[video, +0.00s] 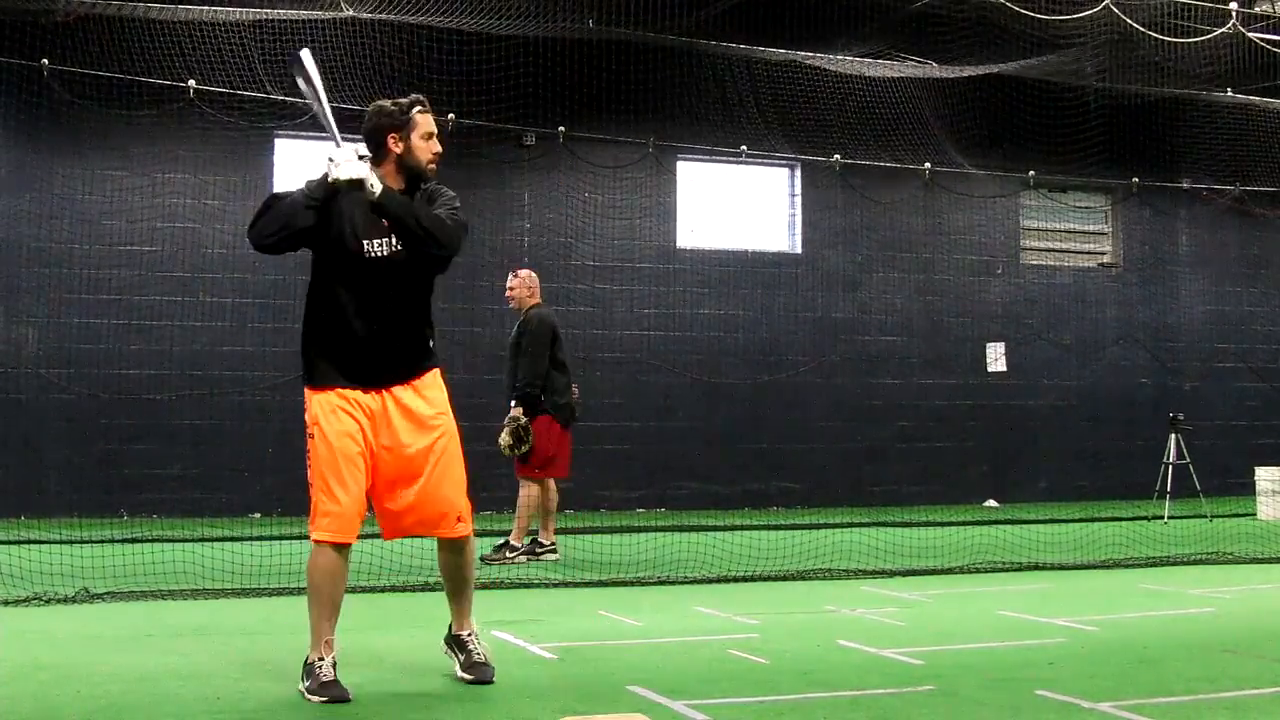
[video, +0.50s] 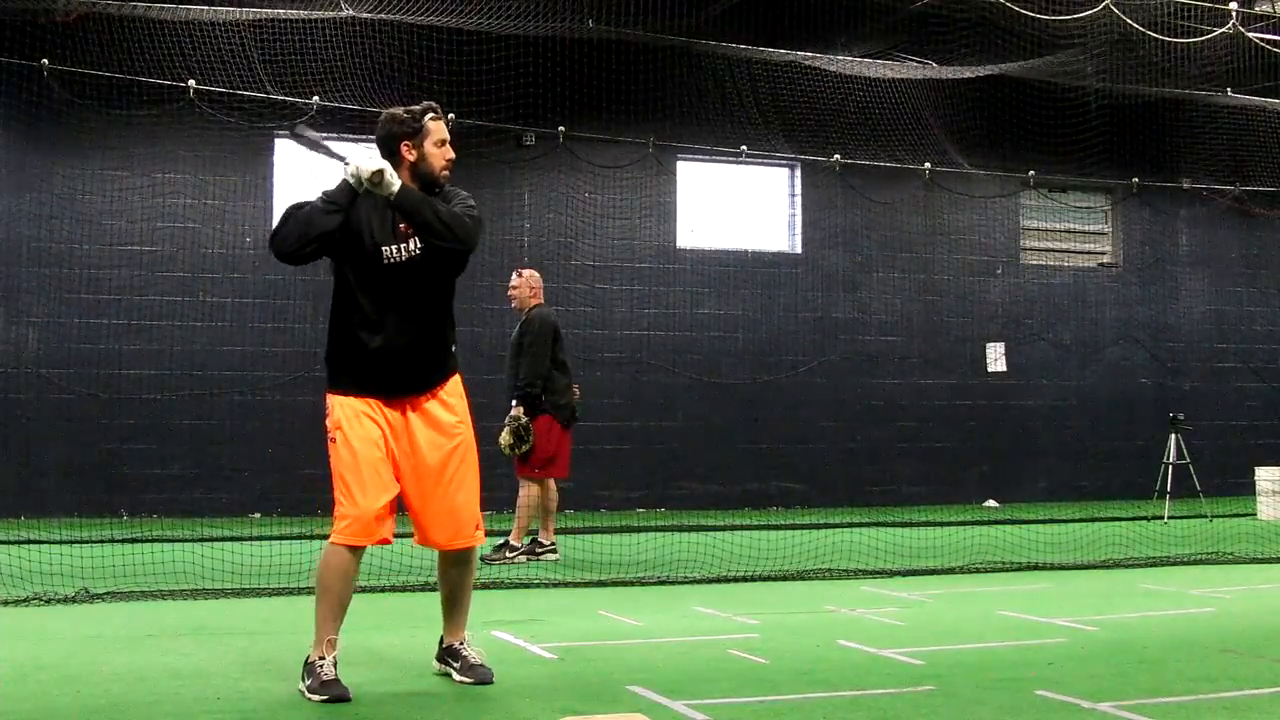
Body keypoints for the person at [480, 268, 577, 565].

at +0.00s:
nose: (507, 294)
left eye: (512, 289)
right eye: (507, 290)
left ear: (530, 290)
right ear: (526, 292)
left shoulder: (537, 319)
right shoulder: (533, 318)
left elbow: (533, 368)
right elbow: (529, 368)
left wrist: (519, 405)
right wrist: (517, 402)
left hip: (541, 409)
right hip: (547, 408)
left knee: (528, 476)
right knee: (544, 476)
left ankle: (515, 542)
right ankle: (546, 541)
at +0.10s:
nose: (507, 294)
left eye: (512, 289)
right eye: (507, 289)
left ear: (530, 290)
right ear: (527, 291)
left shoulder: (537, 319)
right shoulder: (534, 318)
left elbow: (533, 368)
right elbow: (531, 368)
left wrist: (519, 405)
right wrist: (518, 402)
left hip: (542, 409)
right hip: (549, 408)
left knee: (528, 475)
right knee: (544, 476)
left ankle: (515, 542)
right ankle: (546, 541)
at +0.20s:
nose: (507, 294)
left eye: (512, 289)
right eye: (507, 289)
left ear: (531, 289)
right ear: (528, 291)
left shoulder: (537, 319)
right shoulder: (535, 318)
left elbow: (533, 368)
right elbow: (536, 367)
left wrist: (519, 404)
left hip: (541, 409)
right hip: (549, 408)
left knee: (528, 476)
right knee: (545, 476)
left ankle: (515, 542)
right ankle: (546, 541)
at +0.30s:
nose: (508, 294)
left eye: (513, 289)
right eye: (508, 289)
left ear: (531, 290)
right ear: (528, 291)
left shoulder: (538, 319)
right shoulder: (534, 318)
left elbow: (533, 368)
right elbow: (534, 367)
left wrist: (519, 404)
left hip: (541, 409)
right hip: (549, 408)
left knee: (528, 476)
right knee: (545, 477)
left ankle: (515, 542)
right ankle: (546, 541)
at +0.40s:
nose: (509, 293)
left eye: (514, 288)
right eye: (509, 289)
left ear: (531, 290)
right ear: (529, 292)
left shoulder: (538, 319)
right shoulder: (536, 318)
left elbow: (533, 367)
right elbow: (538, 366)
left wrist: (519, 404)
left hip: (540, 409)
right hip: (550, 408)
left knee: (528, 476)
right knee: (545, 477)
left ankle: (515, 542)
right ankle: (546, 541)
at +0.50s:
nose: (509, 293)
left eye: (514, 288)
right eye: (510, 289)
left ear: (532, 290)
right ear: (530, 291)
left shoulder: (538, 319)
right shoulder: (536, 318)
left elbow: (533, 367)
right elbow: (536, 366)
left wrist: (519, 403)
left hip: (541, 410)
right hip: (551, 409)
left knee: (528, 477)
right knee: (545, 477)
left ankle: (515, 542)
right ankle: (546, 541)